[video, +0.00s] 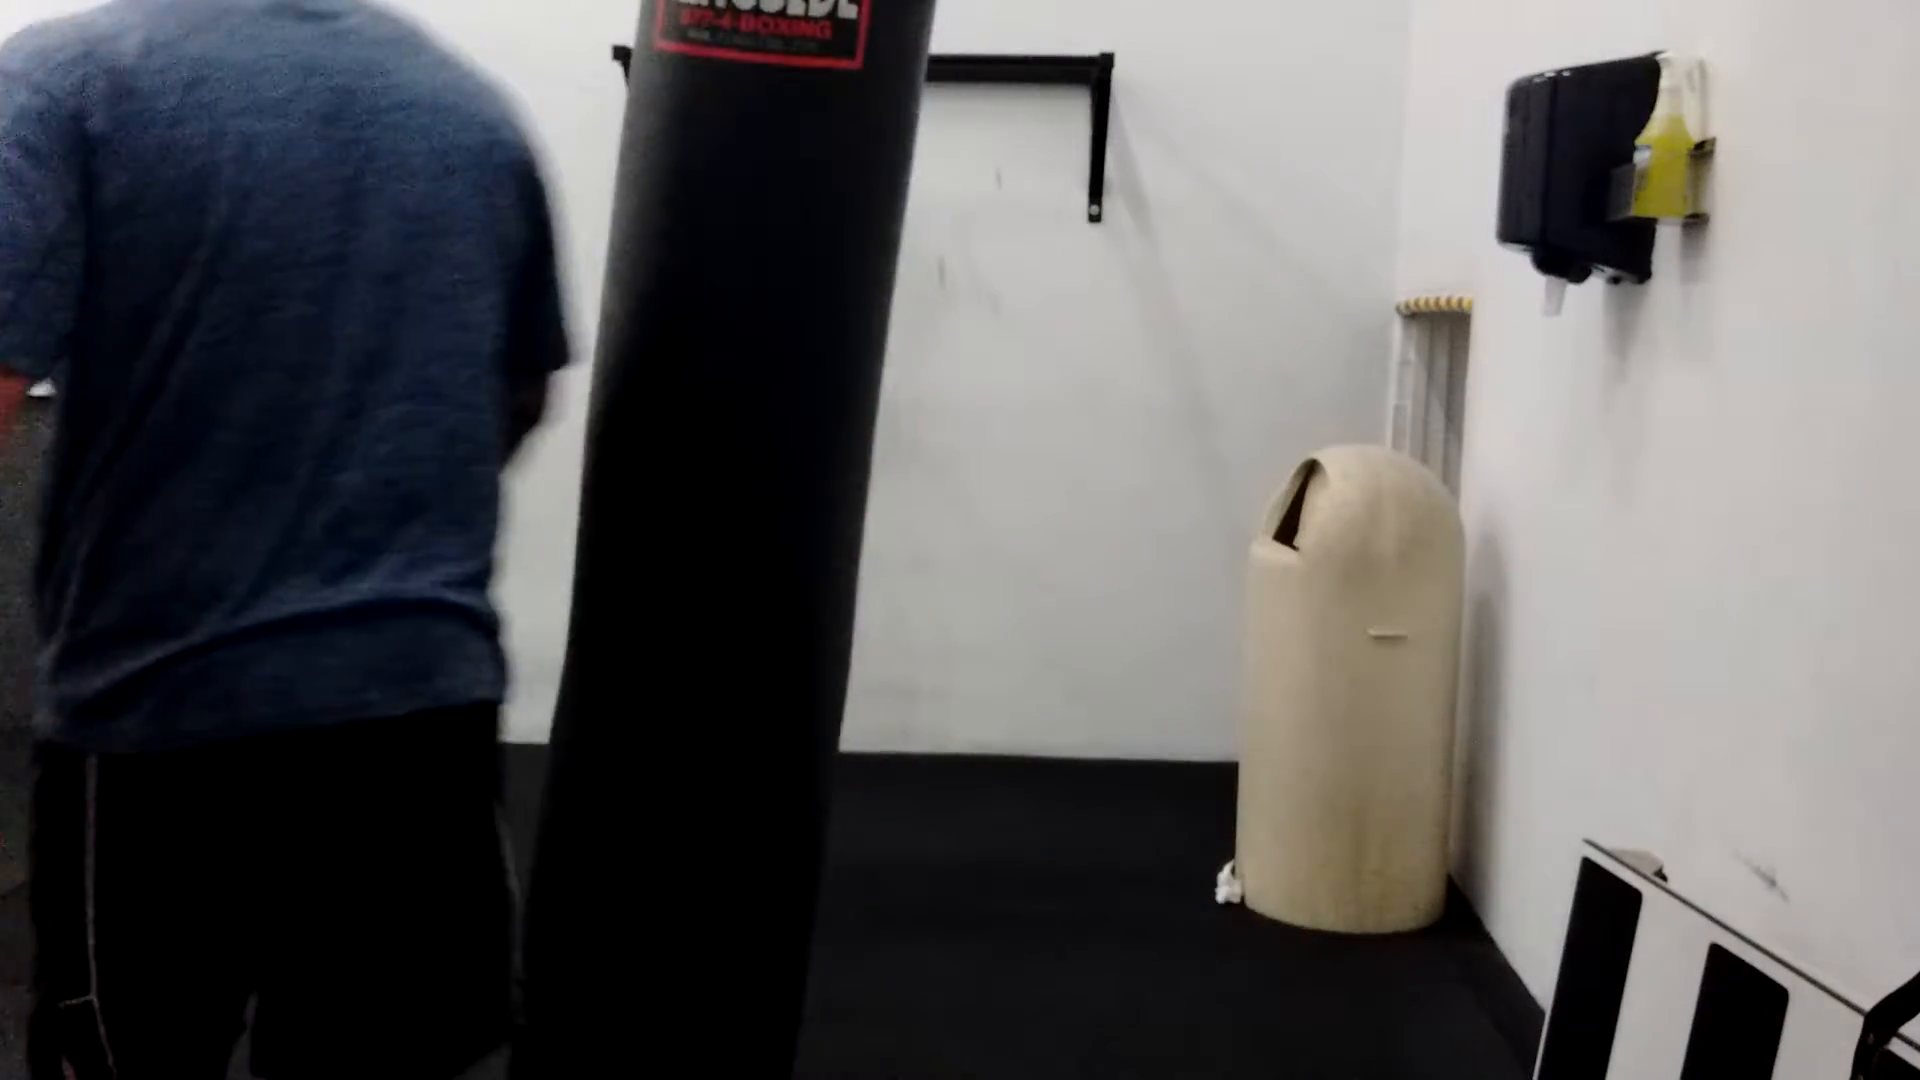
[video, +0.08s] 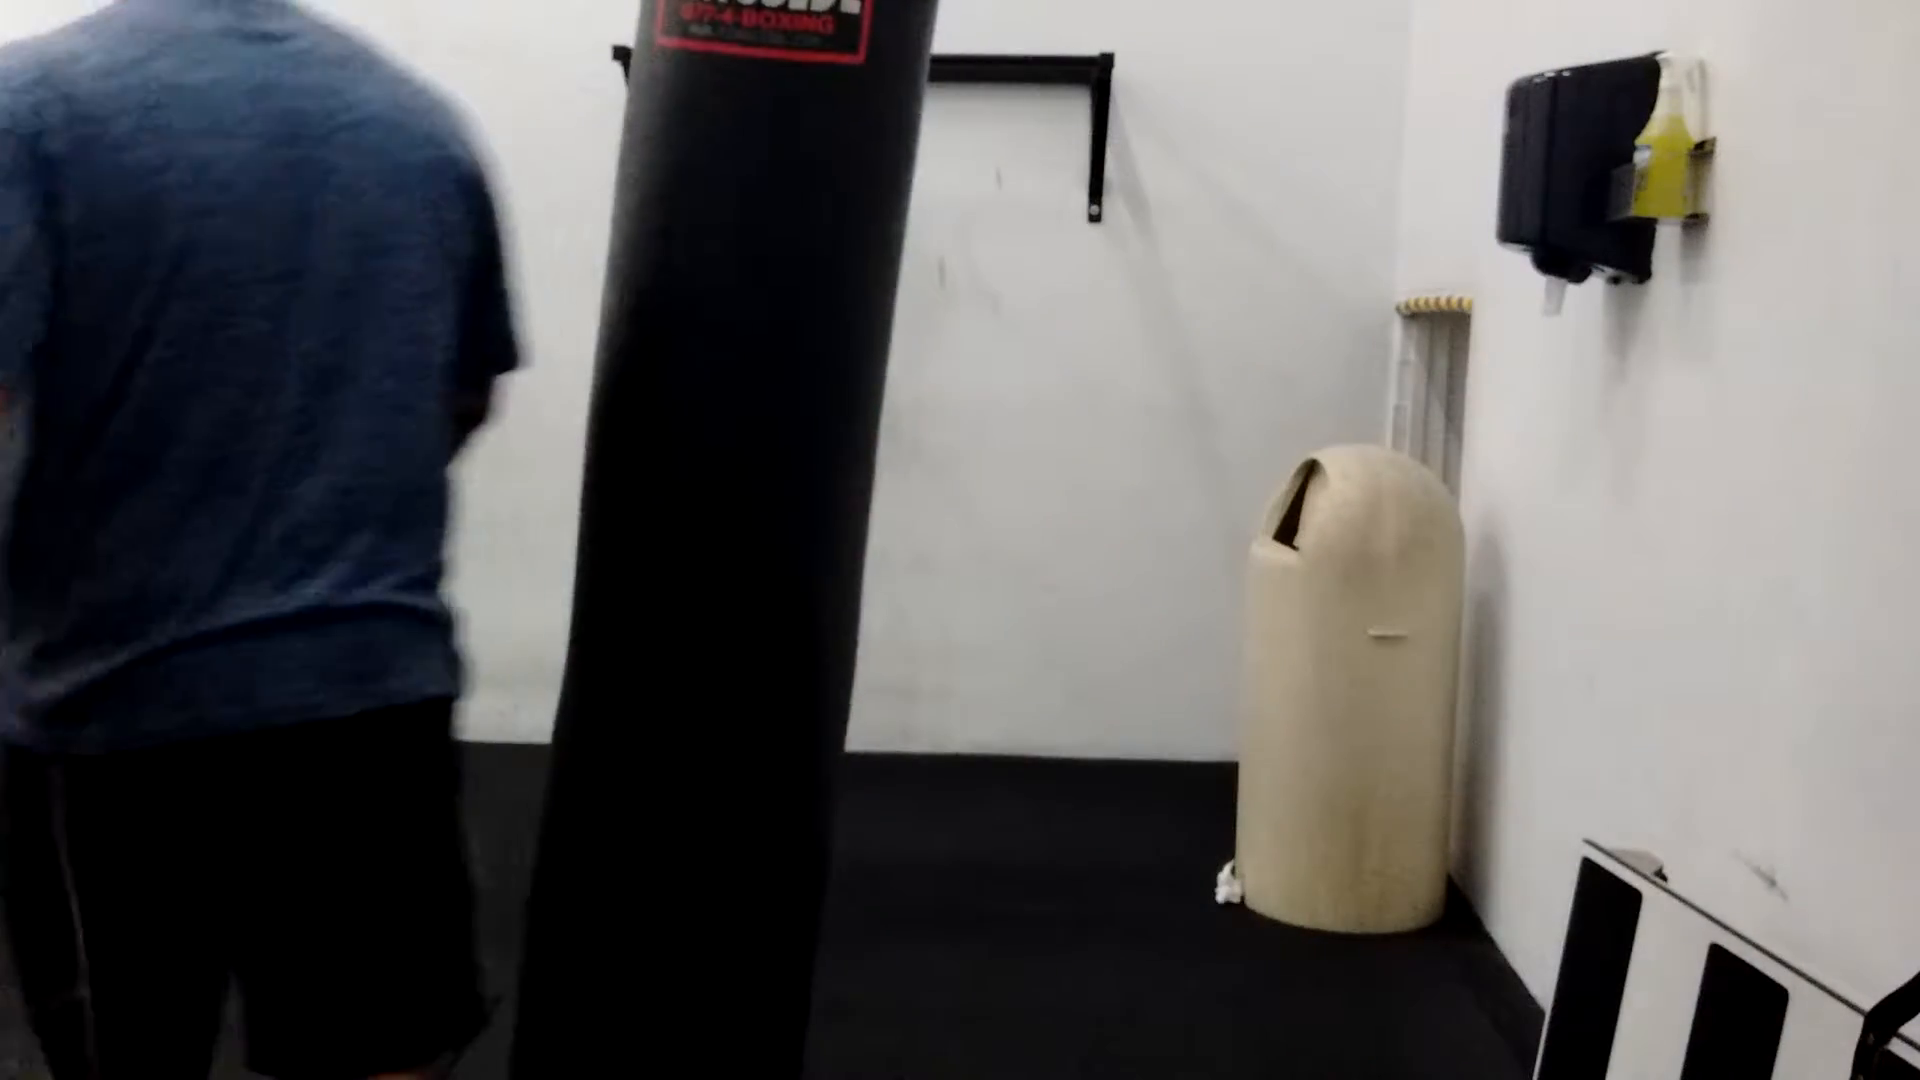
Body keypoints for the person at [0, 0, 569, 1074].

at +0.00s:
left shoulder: (60, 75)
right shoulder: (462, 96)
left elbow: (4, 392)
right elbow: (521, 394)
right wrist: (372, 501)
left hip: (148, 721)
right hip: (424, 713)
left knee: (133, 1054)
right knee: (403, 1054)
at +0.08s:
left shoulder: (34, 103)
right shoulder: (415, 114)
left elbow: (2, 394)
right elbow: (463, 394)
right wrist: (308, 494)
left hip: (104, 717)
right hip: (377, 703)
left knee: (119, 1052)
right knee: (386, 1049)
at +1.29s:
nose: (159, 45)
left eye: (158, 31)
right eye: (158, 27)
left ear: (30, 24)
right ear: (134, 20)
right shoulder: (181, 160)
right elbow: (280, 358)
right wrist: (322, 475)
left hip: (3, 544)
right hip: (132, 556)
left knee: (20, 832)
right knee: (104, 849)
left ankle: (44, 1048)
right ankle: (83, 1076)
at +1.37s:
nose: (171, 53)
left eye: (172, 33)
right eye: (169, 30)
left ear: (36, 28)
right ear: (134, 23)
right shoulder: (169, 171)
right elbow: (269, 370)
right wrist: (315, 474)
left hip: (6, 547)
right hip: (136, 557)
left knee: (28, 811)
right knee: (125, 834)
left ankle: (53, 1035)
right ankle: (87, 1064)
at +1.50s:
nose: (177, 54)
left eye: (178, 34)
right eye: (173, 31)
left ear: (43, 31)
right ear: (129, 22)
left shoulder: (2, 139)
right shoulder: (152, 166)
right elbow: (237, 371)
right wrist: (301, 492)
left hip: (12, 538)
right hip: (140, 544)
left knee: (33, 776)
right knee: (216, 792)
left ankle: (62, 1027)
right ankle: (111, 1042)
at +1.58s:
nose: (188, 50)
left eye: (186, 27)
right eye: (179, 26)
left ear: (73, 29)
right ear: (128, 22)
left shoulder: (8, 139)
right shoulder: (147, 166)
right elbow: (225, 367)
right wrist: (294, 515)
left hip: (24, 533)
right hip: (151, 535)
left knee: (44, 771)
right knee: (251, 753)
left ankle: (61, 1028)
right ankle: (146, 1005)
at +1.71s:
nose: (209, 54)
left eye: (205, 30)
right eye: (196, 29)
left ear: (113, 32)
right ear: (134, 29)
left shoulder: (12, 147)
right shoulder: (147, 176)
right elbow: (202, 379)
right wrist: (284, 541)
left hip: (30, 531)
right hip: (163, 539)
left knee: (62, 761)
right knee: (265, 734)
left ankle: (66, 1018)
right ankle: (230, 975)